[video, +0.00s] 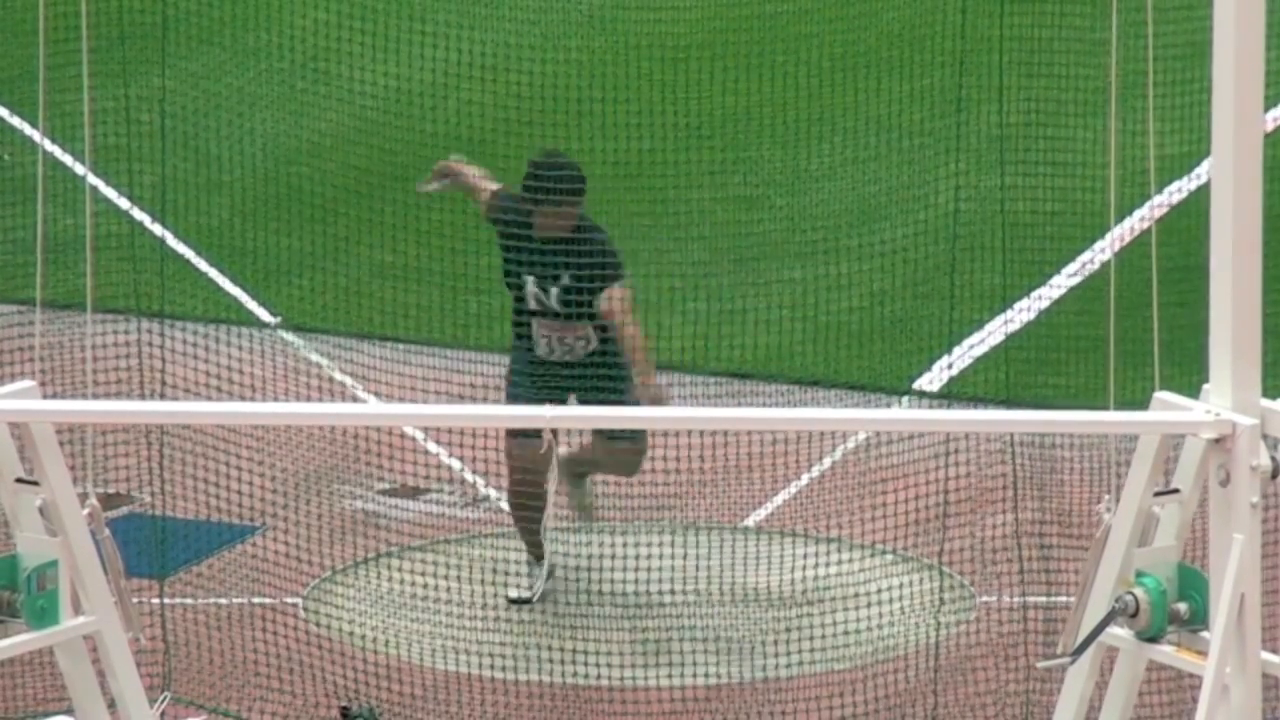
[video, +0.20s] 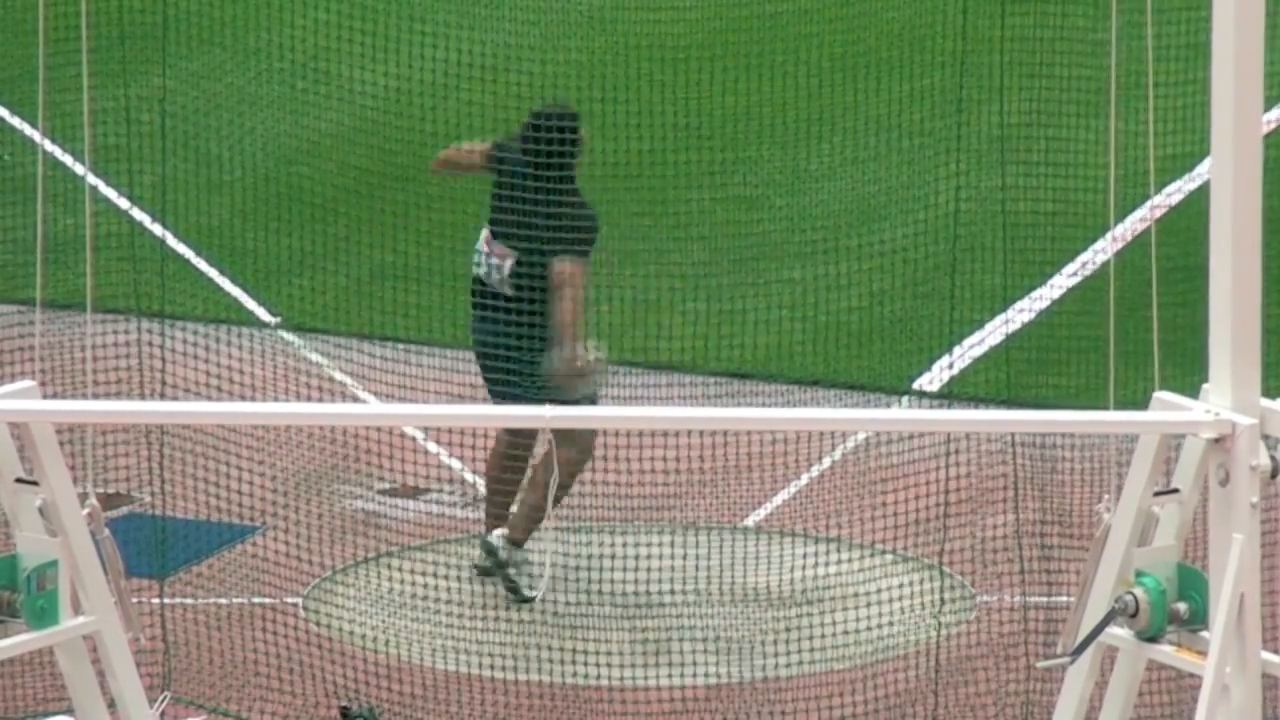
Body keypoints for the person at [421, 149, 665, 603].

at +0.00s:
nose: (564, 218)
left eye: (570, 209)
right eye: (555, 209)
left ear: (579, 205)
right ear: (533, 204)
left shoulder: (593, 246)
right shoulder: (510, 218)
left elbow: (622, 317)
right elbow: (481, 188)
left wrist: (645, 377)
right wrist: (458, 169)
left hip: (599, 365)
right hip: (535, 362)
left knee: (626, 457)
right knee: (524, 461)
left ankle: (571, 464)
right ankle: (537, 562)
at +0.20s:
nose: (578, 149)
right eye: (576, 143)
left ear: (531, 141)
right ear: (573, 150)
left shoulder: (511, 164)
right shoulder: (572, 213)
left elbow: (449, 159)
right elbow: (566, 286)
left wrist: (495, 154)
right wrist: (570, 349)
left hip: (490, 337)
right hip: (535, 346)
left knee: (520, 429)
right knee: (575, 443)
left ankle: (494, 538)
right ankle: (514, 541)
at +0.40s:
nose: (507, 61)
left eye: (516, 59)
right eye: (514, 55)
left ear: (524, 77)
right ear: (536, 81)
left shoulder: (515, 129)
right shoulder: (511, 109)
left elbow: (474, 196)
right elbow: (443, 115)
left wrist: (414, 220)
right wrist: (380, 111)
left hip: (546, 285)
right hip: (556, 281)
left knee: (463, 374)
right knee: (521, 397)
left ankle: (537, 483)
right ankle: (548, 501)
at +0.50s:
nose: (469, 86)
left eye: (480, 79)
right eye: (464, 79)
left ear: (501, 90)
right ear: (455, 89)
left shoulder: (520, 129)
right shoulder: (444, 149)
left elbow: (553, 131)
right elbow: (429, 211)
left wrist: (550, 104)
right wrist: (438, 254)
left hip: (558, 276)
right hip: (504, 286)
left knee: (536, 363)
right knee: (496, 398)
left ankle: (600, 444)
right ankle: (518, 525)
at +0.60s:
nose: (486, 86)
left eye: (480, 80)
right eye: (473, 86)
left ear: (487, 92)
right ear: (457, 110)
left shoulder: (525, 117)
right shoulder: (451, 164)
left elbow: (581, 70)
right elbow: (464, 218)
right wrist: (509, 241)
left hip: (540, 278)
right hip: (479, 294)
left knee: (595, 372)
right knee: (485, 410)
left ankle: (557, 387)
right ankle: (515, 523)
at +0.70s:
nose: (523, 88)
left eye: (520, 82)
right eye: (514, 84)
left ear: (506, 98)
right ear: (494, 100)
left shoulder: (509, 129)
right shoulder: (486, 146)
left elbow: (519, 86)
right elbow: (531, 158)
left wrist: (531, 53)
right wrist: (582, 143)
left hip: (513, 281)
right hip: (477, 292)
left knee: (544, 362)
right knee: (493, 391)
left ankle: (429, 392)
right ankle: (469, 502)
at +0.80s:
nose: (534, 102)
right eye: (531, 96)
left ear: (485, 101)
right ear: (532, 103)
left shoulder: (469, 138)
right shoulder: (546, 147)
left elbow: (426, 126)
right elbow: (600, 112)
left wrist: (387, 112)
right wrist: (632, 47)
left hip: (447, 293)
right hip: (499, 306)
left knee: (443, 368)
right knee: (497, 400)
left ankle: (375, 446)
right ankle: (458, 500)